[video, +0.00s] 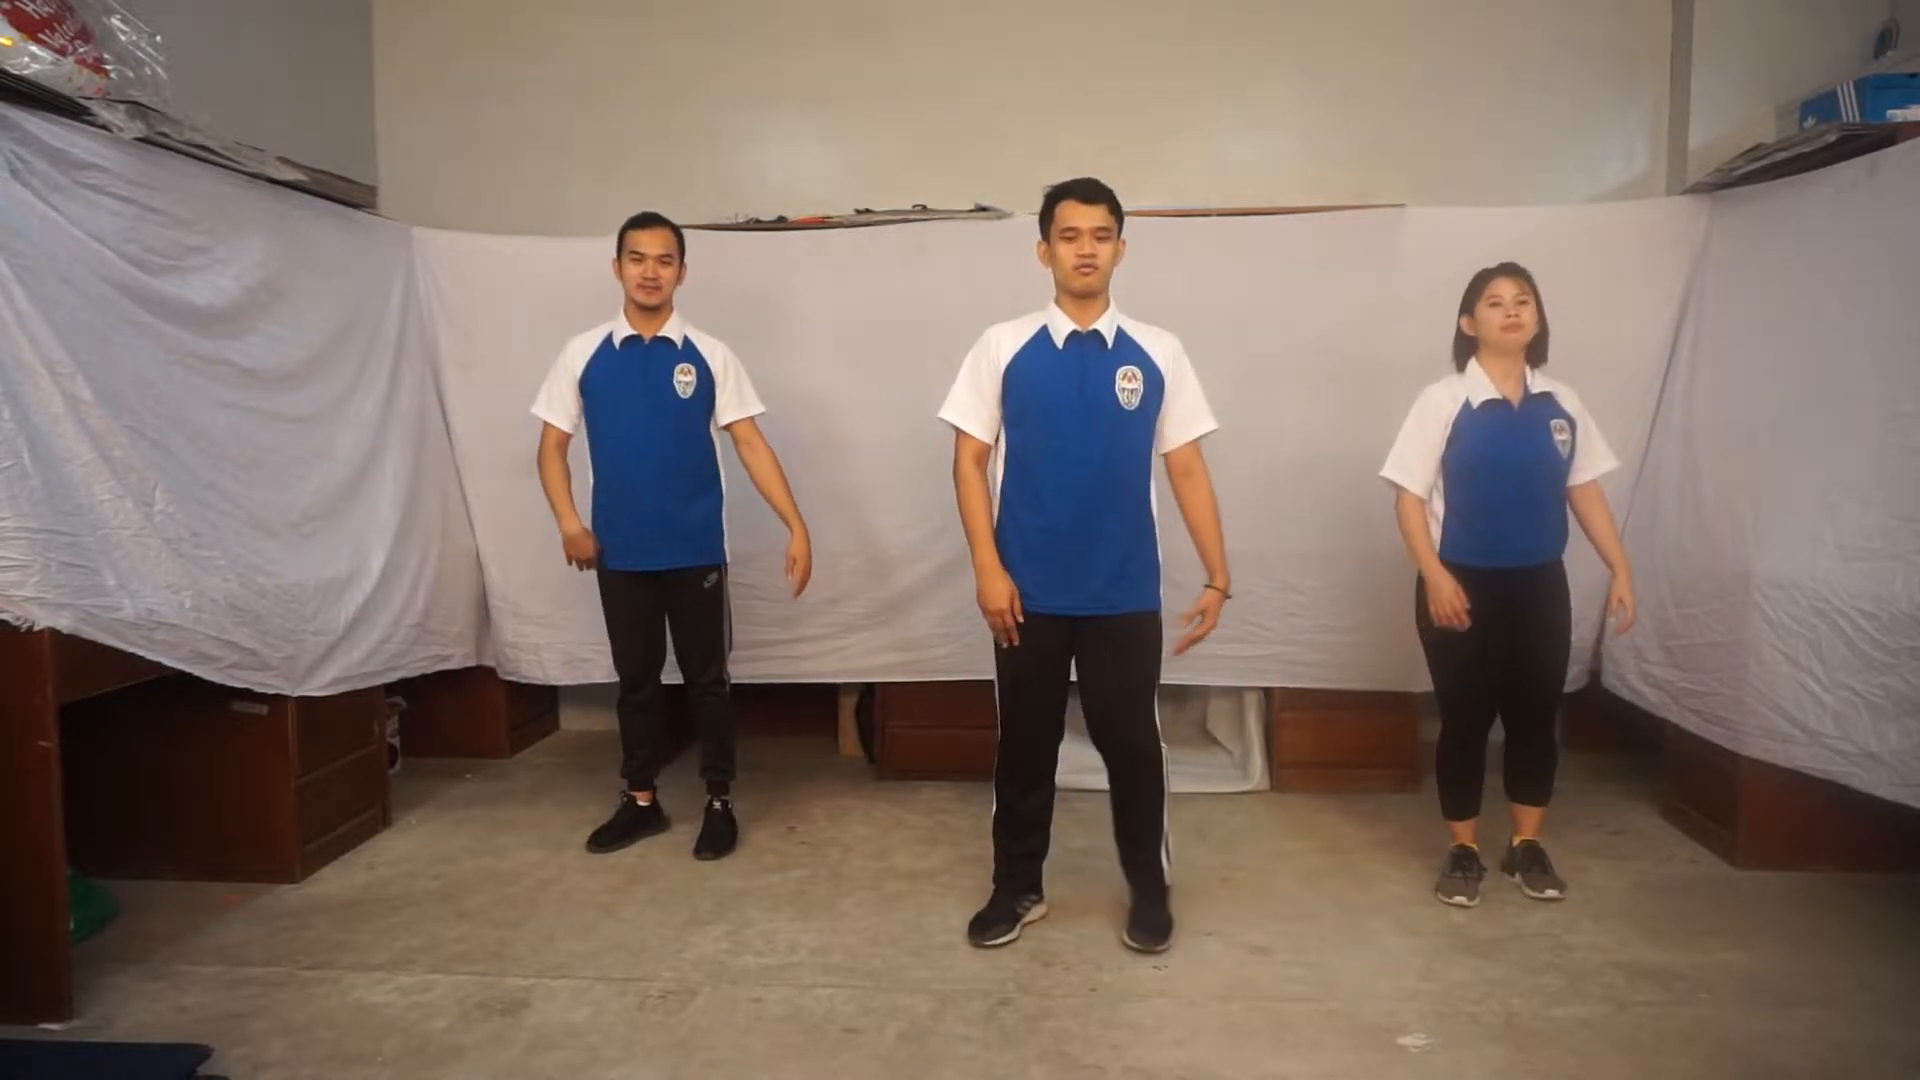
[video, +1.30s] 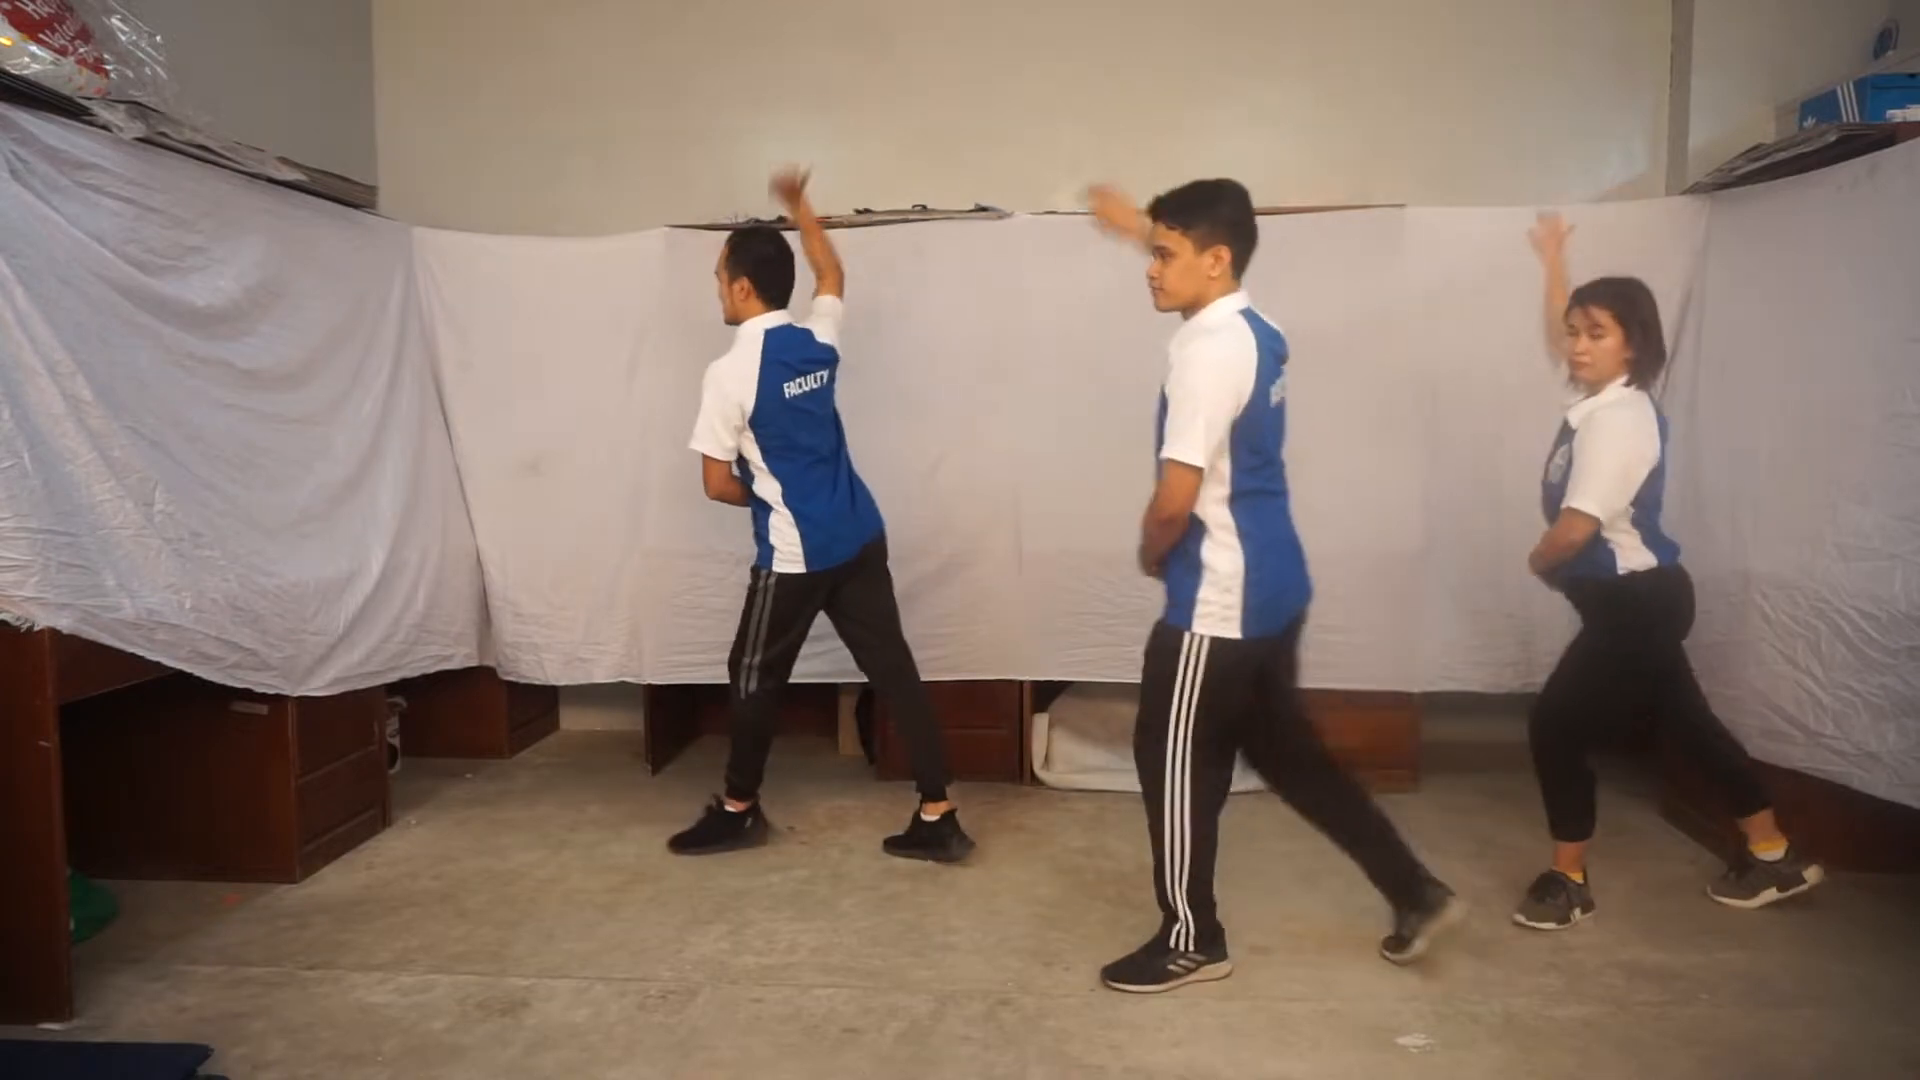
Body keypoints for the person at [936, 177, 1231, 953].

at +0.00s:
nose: (1087, 250)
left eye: (1101, 237)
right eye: (1070, 237)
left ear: (1119, 248)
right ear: (1046, 251)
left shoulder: (1156, 353)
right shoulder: (1002, 347)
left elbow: (1187, 468)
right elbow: (969, 461)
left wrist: (1218, 575)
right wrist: (987, 567)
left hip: (1123, 596)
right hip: (1028, 594)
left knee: (1132, 749)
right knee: (1024, 750)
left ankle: (1148, 888)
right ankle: (1015, 885)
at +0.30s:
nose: (1120, 256)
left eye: (1139, 240)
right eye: (1112, 242)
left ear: (1183, 249)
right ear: (1105, 251)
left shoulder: (1222, 347)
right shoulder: (1090, 347)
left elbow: (1242, 483)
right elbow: (1026, 416)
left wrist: (1243, 606)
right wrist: (1019, 473)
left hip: (1186, 605)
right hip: (1101, 598)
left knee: (1193, 769)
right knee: (1065, 752)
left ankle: (1207, 910)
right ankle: (1032, 883)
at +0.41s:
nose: (1134, 257)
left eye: (1151, 243)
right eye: (1129, 242)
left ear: (1202, 247)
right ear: (1129, 246)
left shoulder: (1228, 342)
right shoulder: (1135, 334)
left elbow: (1221, 479)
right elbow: (1073, 355)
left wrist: (1151, 591)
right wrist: (1033, 366)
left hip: (1211, 590)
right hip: (1141, 576)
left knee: (1198, 754)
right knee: (1115, 720)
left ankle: (1206, 910)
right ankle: (1118, 871)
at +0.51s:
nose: (1149, 257)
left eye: (1164, 242)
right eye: (1148, 242)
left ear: (1218, 248)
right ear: (1183, 249)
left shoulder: (1223, 332)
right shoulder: (1188, 312)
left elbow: (1195, 464)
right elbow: (1131, 282)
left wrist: (1124, 533)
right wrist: (1059, 249)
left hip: (1222, 583)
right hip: (1180, 572)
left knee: (1210, 740)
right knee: (1162, 715)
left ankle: (1206, 909)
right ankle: (1243, 866)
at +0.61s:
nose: (1166, 258)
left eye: (1180, 244)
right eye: (1165, 243)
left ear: (1229, 250)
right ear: (1226, 248)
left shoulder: (1213, 331)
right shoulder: (1263, 303)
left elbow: (1164, 475)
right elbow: (1216, 215)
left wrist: (1149, 512)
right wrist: (1145, 145)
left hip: (1221, 582)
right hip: (1272, 566)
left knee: (1206, 741)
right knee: (1269, 723)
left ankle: (1209, 908)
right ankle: (1364, 879)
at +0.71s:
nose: (1179, 262)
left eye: (1192, 247)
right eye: (1181, 246)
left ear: (1249, 251)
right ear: (1254, 251)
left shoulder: (1219, 336)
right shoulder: (1295, 303)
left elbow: (1172, 481)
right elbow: (1274, 218)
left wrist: (1203, 527)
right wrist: (1250, 121)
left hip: (1240, 586)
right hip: (1310, 569)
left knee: (1217, 755)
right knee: (1345, 737)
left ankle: (1207, 913)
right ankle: (1440, 904)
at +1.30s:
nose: (1153, 267)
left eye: (1166, 253)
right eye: (1153, 252)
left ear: (1217, 259)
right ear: (1219, 263)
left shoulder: (1203, 349)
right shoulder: (1253, 327)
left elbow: (1176, 500)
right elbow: (1198, 284)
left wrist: (1151, 548)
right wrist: (1143, 228)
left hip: (1218, 593)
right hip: (1267, 583)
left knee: (1171, 754)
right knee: (1280, 747)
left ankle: (1189, 936)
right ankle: (1415, 891)